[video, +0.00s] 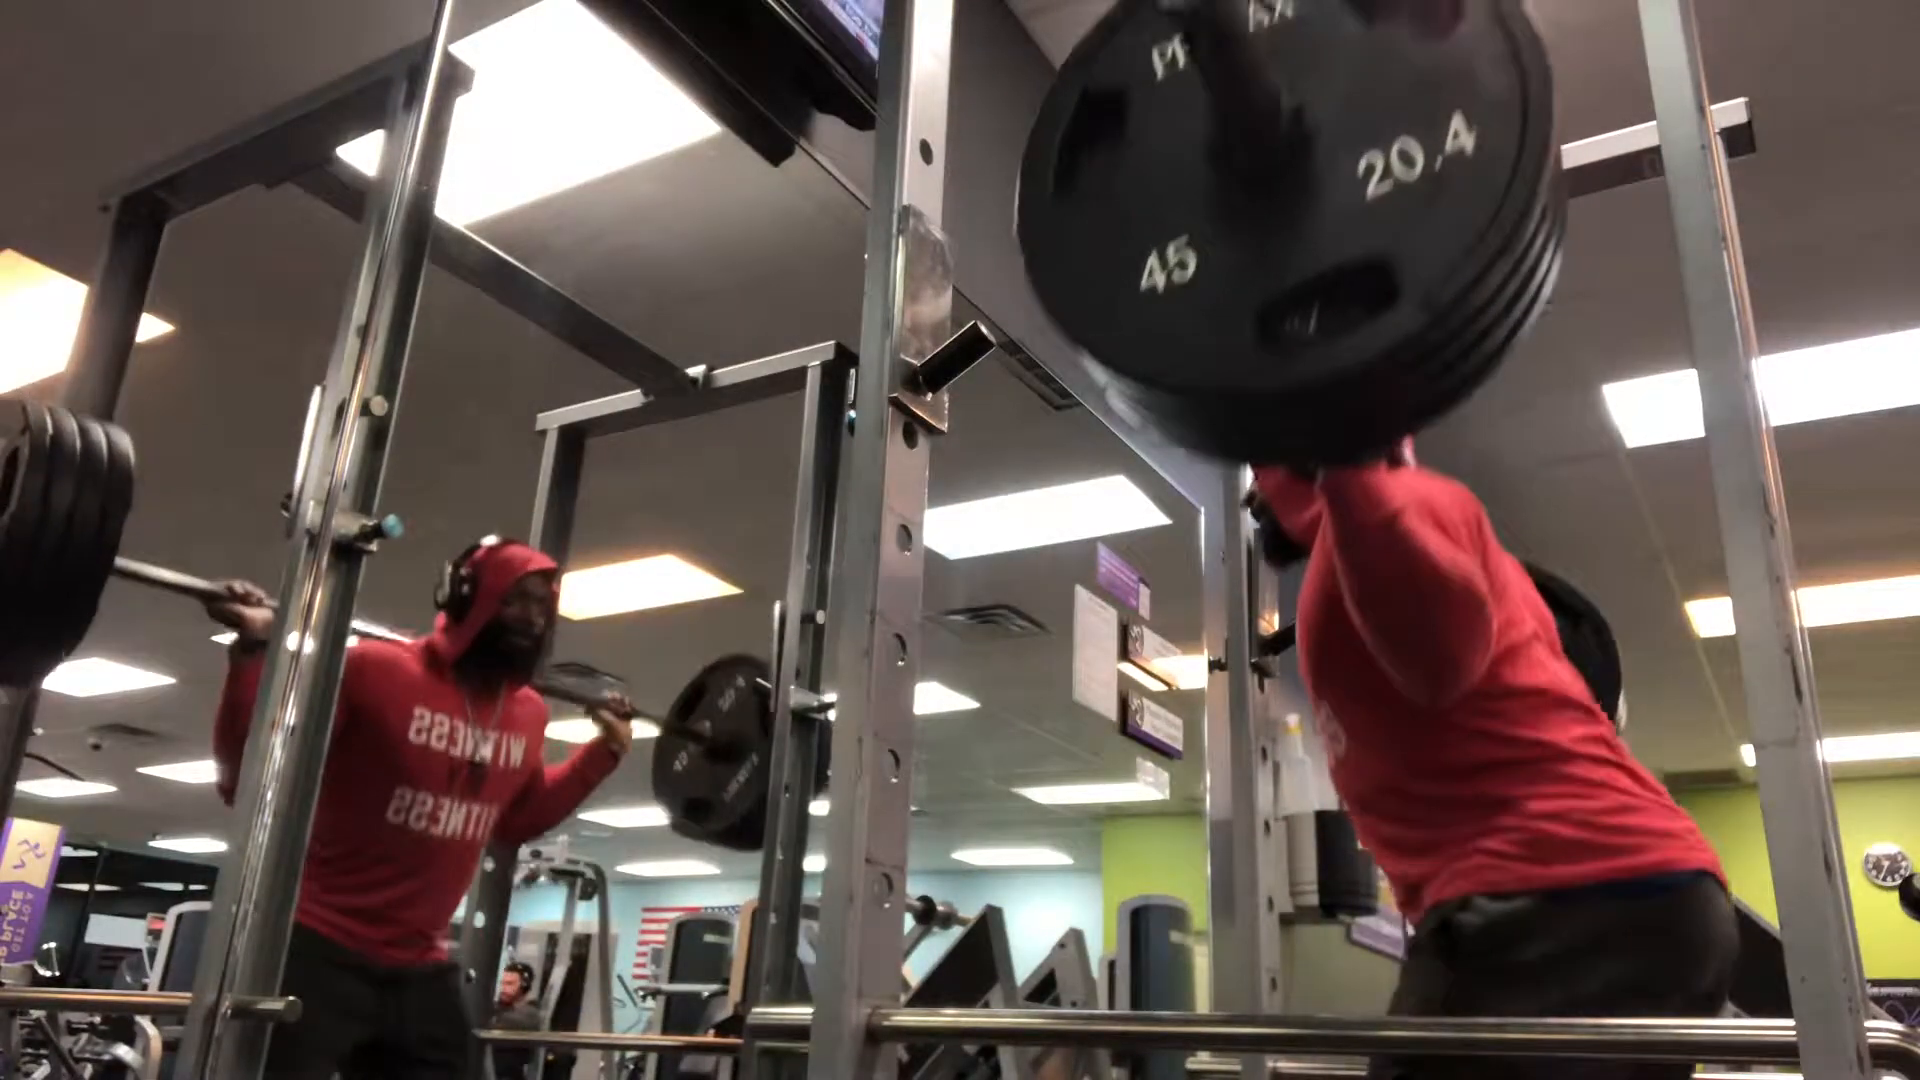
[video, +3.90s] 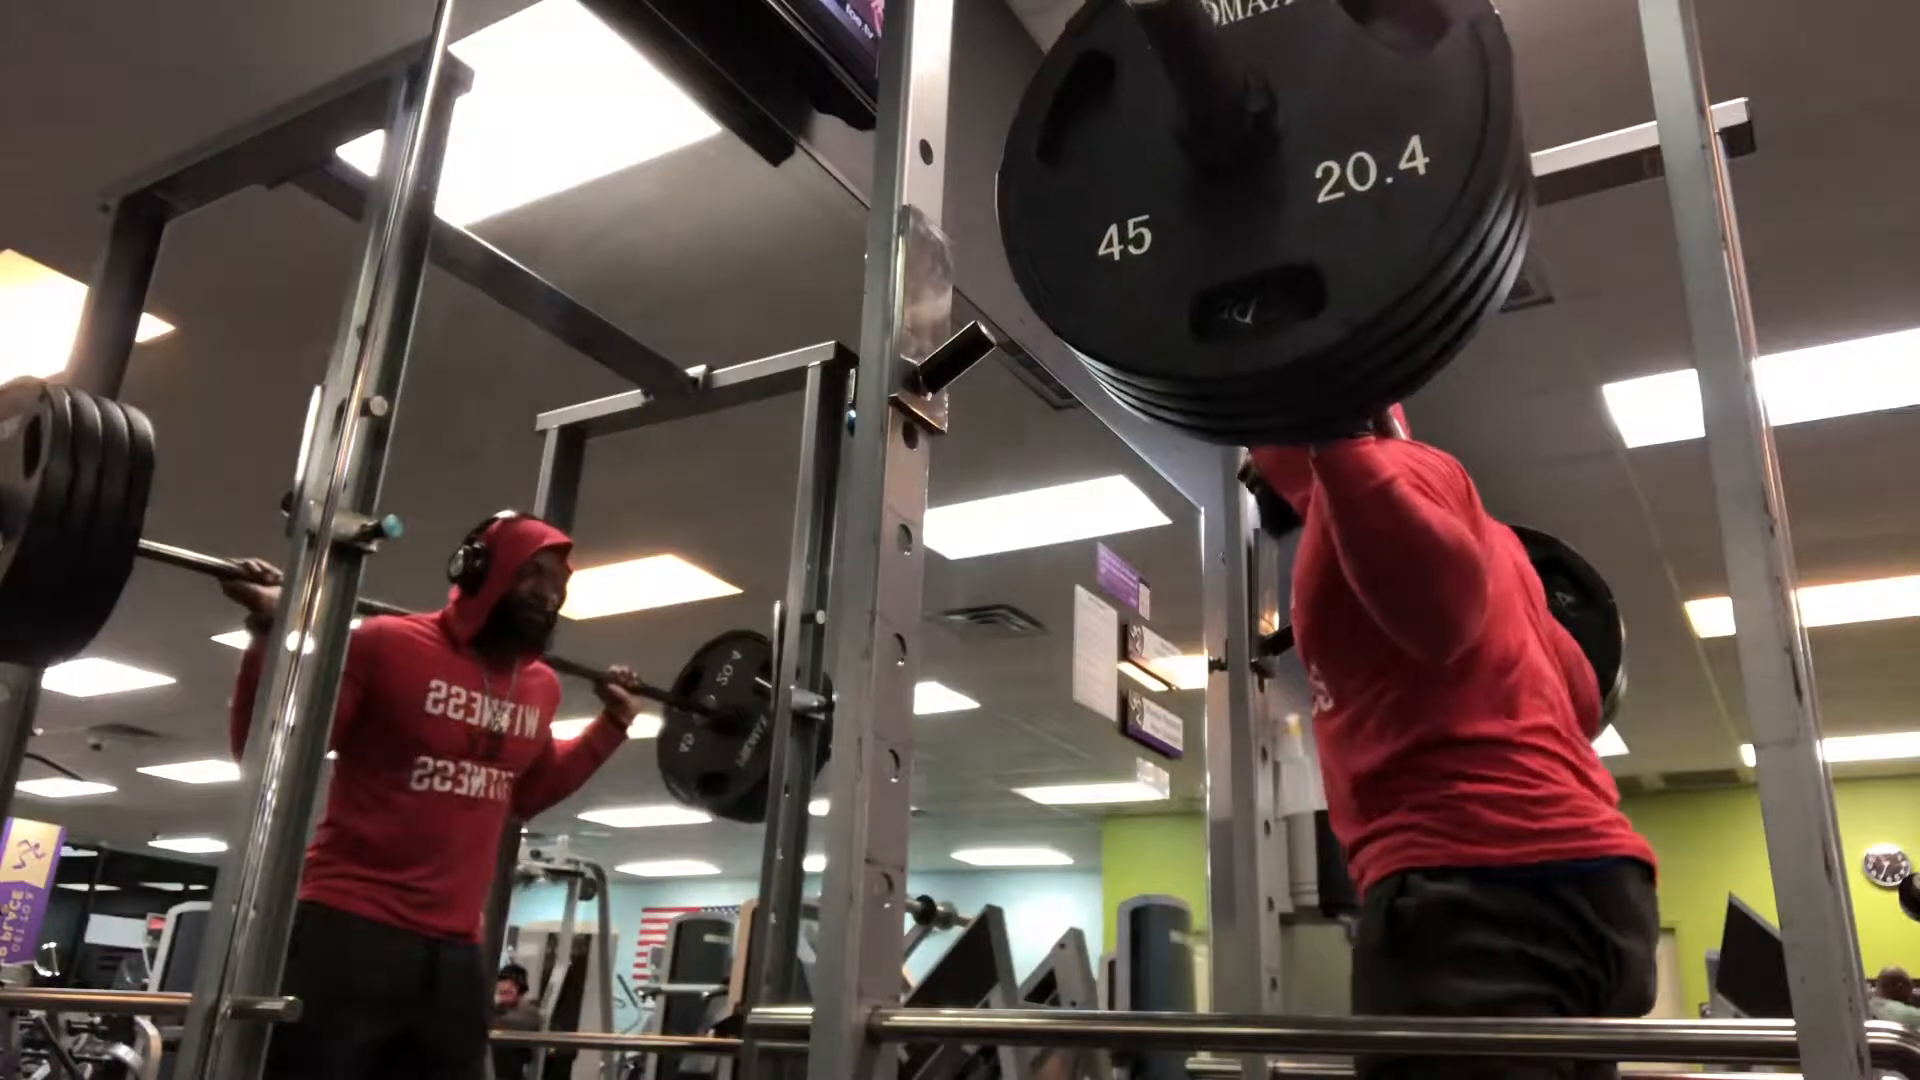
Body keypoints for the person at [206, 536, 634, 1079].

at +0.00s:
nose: (535, 617)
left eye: (545, 604)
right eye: (520, 599)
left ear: (556, 616)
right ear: (474, 600)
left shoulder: (525, 712)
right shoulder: (371, 669)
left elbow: (514, 822)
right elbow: (240, 782)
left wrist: (602, 753)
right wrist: (252, 651)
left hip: (422, 970)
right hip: (317, 951)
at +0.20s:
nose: (536, 668)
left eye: (546, 653)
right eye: (522, 647)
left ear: (551, 664)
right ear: (473, 647)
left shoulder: (525, 763)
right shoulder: (364, 719)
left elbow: (512, 872)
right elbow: (238, 837)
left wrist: (600, 797)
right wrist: (242, 706)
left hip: (422, 1005)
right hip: (316, 993)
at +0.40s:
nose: (535, 724)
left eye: (543, 709)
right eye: (520, 705)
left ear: (547, 720)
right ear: (471, 703)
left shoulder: (519, 818)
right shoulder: (356, 780)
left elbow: (506, 927)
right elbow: (226, 901)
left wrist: (595, 856)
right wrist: (242, 770)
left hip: (410, 1049)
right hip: (307, 1039)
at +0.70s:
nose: (521, 799)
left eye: (531, 784)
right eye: (506, 779)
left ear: (539, 796)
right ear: (459, 777)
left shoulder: (510, 886)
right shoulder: (344, 855)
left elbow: (497, 998)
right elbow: (214, 976)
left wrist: (588, 921)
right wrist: (227, 846)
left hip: (402, 1069)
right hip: (298, 1061)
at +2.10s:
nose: (537, 728)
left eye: (546, 712)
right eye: (520, 708)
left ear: (551, 724)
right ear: (470, 710)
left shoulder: (528, 823)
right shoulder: (363, 791)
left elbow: (517, 925)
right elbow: (245, 900)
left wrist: (604, 855)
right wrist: (248, 773)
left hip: (426, 1044)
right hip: (320, 1034)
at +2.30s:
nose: (546, 660)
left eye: (553, 644)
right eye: (530, 639)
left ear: (557, 657)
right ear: (481, 643)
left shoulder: (536, 755)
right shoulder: (377, 718)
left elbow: (530, 863)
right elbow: (261, 828)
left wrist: (605, 794)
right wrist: (255, 707)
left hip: (437, 993)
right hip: (335, 984)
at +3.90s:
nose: (549, 593)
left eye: (559, 581)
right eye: (535, 573)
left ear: (563, 593)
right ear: (487, 573)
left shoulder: (538, 686)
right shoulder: (385, 642)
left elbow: (528, 795)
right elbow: (262, 752)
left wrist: (612, 723)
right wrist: (270, 632)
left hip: (455, 946)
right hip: (349, 923)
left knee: (450, 1070)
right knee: (319, 1068)